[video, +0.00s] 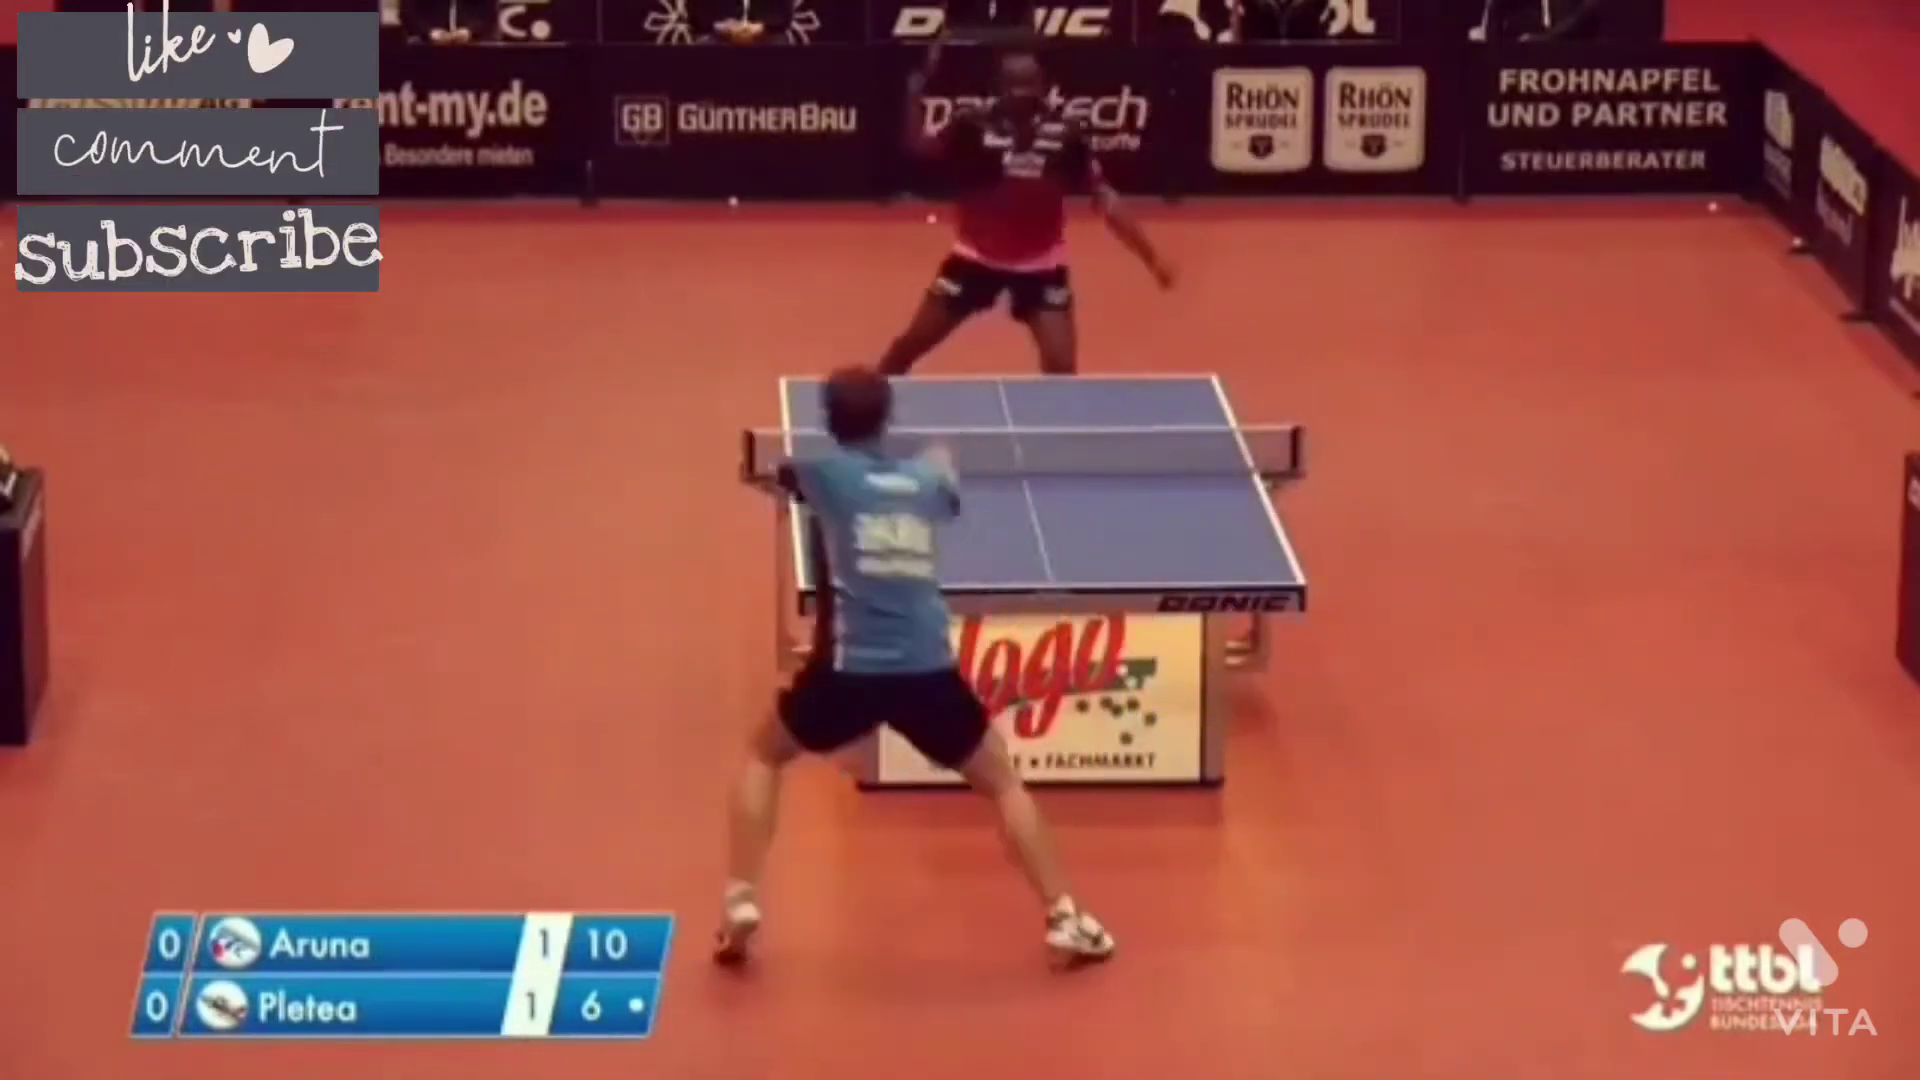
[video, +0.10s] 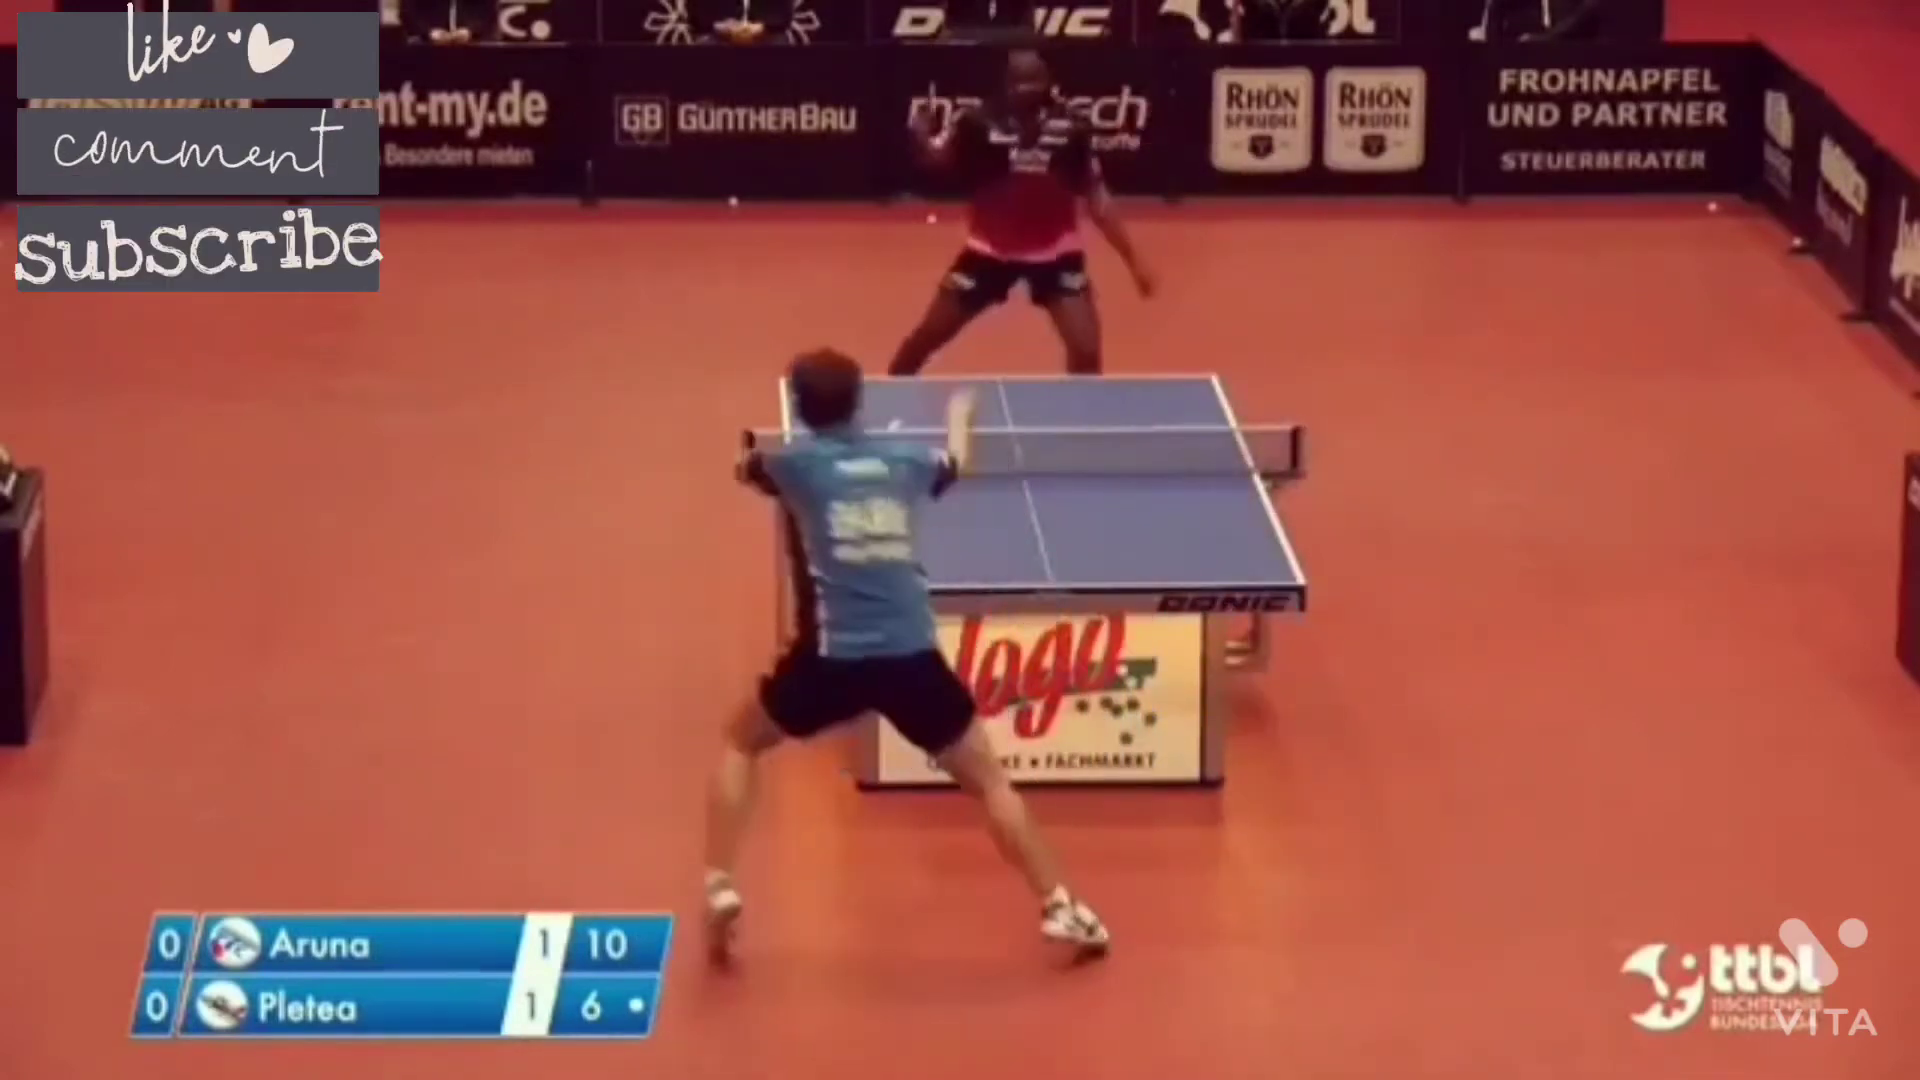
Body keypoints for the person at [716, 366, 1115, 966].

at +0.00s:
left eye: (835, 412)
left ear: (831, 421)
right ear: (886, 419)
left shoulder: (824, 474)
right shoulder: (925, 475)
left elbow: (773, 476)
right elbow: (950, 505)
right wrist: (938, 465)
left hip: (848, 675)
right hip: (929, 676)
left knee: (765, 757)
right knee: (1003, 784)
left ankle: (742, 898)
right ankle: (1065, 915)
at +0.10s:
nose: (793, 410)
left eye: (795, 401)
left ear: (800, 408)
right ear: (857, 402)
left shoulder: (795, 462)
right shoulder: (897, 459)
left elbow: (749, 472)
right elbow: (952, 470)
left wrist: (757, 457)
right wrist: (960, 427)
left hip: (834, 661)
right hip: (913, 659)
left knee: (742, 743)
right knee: (989, 779)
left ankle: (721, 883)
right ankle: (1059, 904)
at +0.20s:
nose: (725, 397)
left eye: (725, 389)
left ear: (732, 400)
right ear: (788, 387)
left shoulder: (730, 472)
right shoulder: (837, 438)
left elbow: (663, 500)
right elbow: (925, 411)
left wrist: (651, 504)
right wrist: (957, 329)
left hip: (782, 655)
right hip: (862, 644)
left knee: (696, 760)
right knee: (950, 772)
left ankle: (627, 888)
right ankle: (1029, 889)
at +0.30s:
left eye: (694, 406)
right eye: (756, 401)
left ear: (696, 417)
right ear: (757, 409)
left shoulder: (685, 497)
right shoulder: (791, 468)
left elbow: (626, 539)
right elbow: (876, 446)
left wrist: (604, 551)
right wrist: (910, 360)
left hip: (741, 679)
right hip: (825, 667)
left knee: (658, 799)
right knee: (920, 772)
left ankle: (581, 908)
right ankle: (1001, 888)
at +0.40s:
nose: (716, 457)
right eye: (716, 450)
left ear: (661, 469)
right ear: (721, 462)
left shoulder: (643, 551)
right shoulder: (758, 524)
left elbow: (576, 611)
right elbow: (841, 554)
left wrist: (615, 601)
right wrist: (857, 469)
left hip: (703, 725)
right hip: (787, 718)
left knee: (617, 796)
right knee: (877, 786)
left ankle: (568, 928)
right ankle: (949, 907)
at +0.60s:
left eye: (747, 439)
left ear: (742, 452)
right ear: (804, 455)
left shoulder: (716, 522)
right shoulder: (828, 523)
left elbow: (651, 584)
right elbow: (904, 588)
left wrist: (693, 560)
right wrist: (901, 553)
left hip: (741, 714)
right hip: (831, 711)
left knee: (654, 822)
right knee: (946, 774)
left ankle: (571, 920)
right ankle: (1005, 911)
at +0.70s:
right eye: (854, 442)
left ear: (800, 451)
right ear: (862, 455)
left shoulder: (772, 511)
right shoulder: (882, 528)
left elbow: (703, 571)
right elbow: (940, 615)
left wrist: (732, 579)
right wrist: (943, 585)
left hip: (780, 712)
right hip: (863, 713)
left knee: (690, 802)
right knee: (973, 803)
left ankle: (625, 928)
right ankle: (1052, 936)